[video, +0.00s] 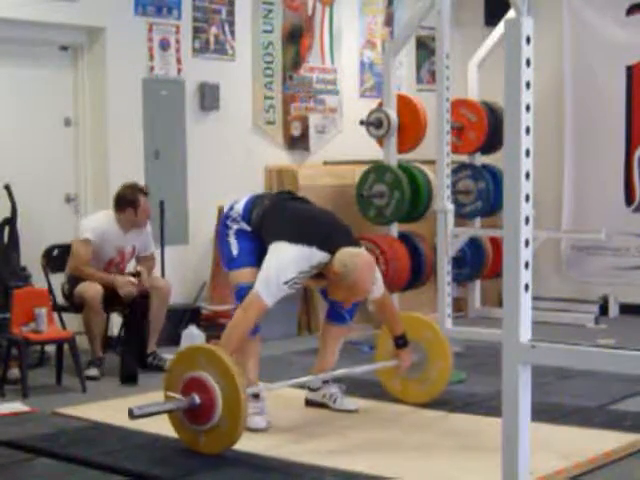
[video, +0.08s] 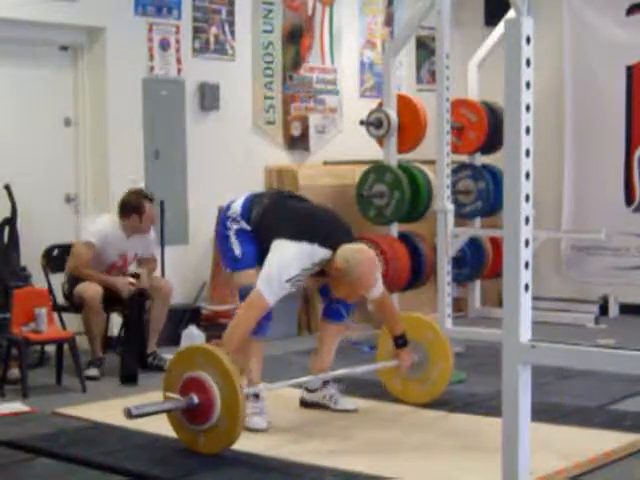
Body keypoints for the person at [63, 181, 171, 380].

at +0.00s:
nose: (149, 214)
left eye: (148, 208)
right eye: (145, 208)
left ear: (131, 211)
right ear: (129, 211)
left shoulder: (143, 227)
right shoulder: (93, 226)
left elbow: (147, 259)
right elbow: (76, 267)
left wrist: (142, 275)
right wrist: (115, 281)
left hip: (121, 279)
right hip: (87, 279)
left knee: (161, 287)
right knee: (93, 292)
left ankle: (150, 352)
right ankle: (96, 358)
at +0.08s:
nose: (153, 219)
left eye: (152, 213)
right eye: (149, 214)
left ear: (135, 218)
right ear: (134, 218)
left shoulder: (146, 233)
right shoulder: (102, 229)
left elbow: (149, 261)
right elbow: (75, 268)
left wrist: (144, 273)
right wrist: (113, 282)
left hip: (122, 279)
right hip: (89, 280)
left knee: (163, 288)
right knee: (92, 293)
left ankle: (150, 351)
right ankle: (96, 358)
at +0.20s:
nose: (160, 230)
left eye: (160, 225)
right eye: (156, 226)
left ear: (142, 227)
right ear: (140, 227)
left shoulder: (154, 239)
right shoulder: (106, 235)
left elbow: (152, 263)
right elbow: (76, 267)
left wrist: (146, 275)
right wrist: (114, 284)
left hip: (124, 280)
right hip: (91, 280)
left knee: (166, 289)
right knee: (94, 295)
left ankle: (150, 352)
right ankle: (96, 358)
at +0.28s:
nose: (167, 234)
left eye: (166, 229)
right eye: (163, 230)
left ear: (150, 233)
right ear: (149, 233)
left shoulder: (162, 247)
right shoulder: (115, 241)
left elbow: (158, 264)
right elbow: (85, 271)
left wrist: (147, 280)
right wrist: (120, 286)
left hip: (130, 280)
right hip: (98, 279)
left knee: (168, 292)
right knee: (97, 297)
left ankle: (150, 352)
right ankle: (97, 358)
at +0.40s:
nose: (173, 231)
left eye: (173, 226)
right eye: (170, 226)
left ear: (156, 227)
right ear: (154, 227)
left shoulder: (165, 242)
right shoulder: (120, 239)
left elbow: (162, 262)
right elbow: (86, 266)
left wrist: (150, 278)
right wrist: (120, 287)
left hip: (134, 276)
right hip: (100, 277)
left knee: (169, 291)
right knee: (99, 297)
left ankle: (151, 352)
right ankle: (97, 359)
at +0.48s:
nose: (181, 211)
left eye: (181, 206)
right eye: (177, 206)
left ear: (161, 209)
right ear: (159, 209)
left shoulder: (171, 226)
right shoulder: (128, 223)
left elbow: (164, 256)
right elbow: (103, 262)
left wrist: (153, 281)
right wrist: (124, 291)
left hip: (138, 266)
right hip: (107, 266)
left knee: (171, 290)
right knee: (101, 297)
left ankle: (150, 352)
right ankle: (97, 359)